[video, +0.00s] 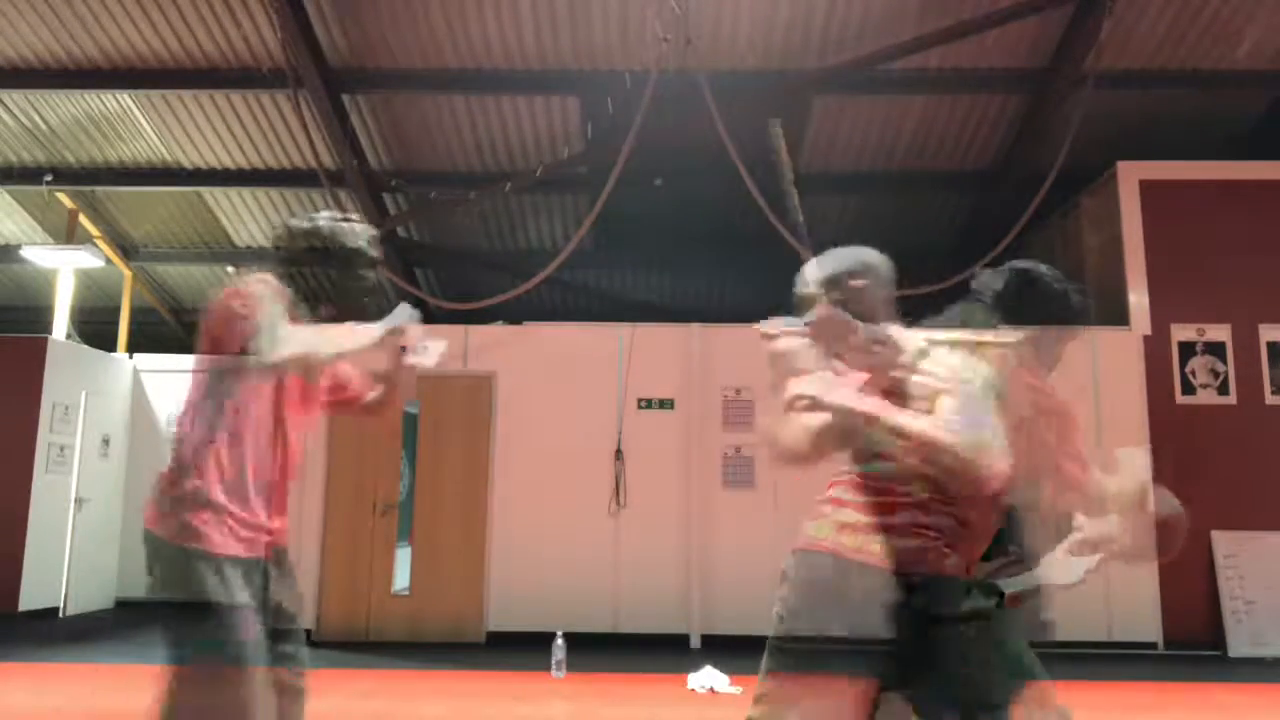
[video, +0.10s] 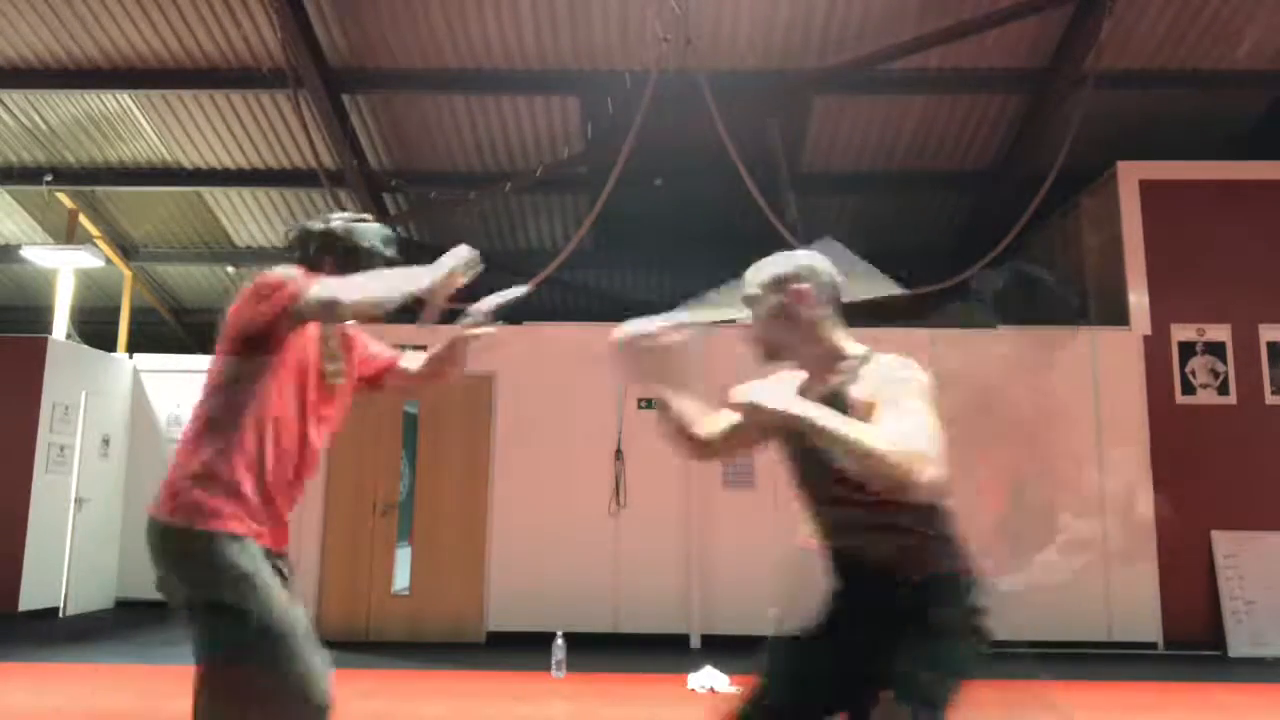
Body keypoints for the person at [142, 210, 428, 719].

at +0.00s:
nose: (373, 278)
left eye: (373, 265)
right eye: (361, 263)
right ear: (323, 265)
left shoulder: (306, 350)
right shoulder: (250, 298)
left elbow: (374, 401)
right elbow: (262, 343)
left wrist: (402, 366)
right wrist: (374, 335)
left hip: (260, 539)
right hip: (200, 534)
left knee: (285, 688)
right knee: (235, 696)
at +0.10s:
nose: (371, 284)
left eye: (377, 276)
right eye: (366, 272)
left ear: (352, 278)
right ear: (327, 263)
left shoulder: (349, 342)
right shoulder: (271, 291)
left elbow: (418, 376)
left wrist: (464, 332)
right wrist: (427, 280)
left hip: (258, 537)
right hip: (202, 526)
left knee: (234, 702)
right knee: (300, 686)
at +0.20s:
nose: (385, 277)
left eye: (386, 261)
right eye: (374, 259)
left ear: (357, 254)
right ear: (335, 247)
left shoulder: (357, 336)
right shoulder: (286, 280)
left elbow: (443, 351)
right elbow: (397, 269)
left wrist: (539, 334)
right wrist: (495, 234)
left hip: (266, 531)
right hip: (228, 523)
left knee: (236, 700)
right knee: (342, 682)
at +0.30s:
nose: (386, 251)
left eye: (386, 238)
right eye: (374, 235)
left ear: (330, 238)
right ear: (329, 233)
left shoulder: (333, 317)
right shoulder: (294, 281)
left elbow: (396, 349)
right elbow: (417, 288)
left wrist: (493, 334)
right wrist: (505, 224)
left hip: (300, 543)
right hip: (274, 542)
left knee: (275, 706)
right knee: (368, 708)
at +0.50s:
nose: (417, 272)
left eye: (415, 257)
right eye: (412, 258)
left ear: (330, 259)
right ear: (389, 258)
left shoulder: (291, 337)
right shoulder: (375, 322)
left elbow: (233, 409)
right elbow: (472, 392)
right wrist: (600, 328)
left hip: (275, 576)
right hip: (335, 588)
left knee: (315, 710)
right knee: (431, 710)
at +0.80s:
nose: (367, 247)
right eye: (361, 233)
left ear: (269, 245)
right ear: (344, 241)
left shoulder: (233, 335)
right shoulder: (363, 326)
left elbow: (206, 412)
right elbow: (460, 420)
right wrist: (581, 369)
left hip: (270, 572)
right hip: (355, 583)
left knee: (292, 706)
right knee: (407, 706)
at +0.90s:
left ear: (264, 249)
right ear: (342, 244)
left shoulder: (232, 336)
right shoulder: (358, 329)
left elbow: (201, 416)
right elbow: (461, 419)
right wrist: (579, 365)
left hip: (270, 566)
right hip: (358, 573)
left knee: (295, 707)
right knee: (405, 708)